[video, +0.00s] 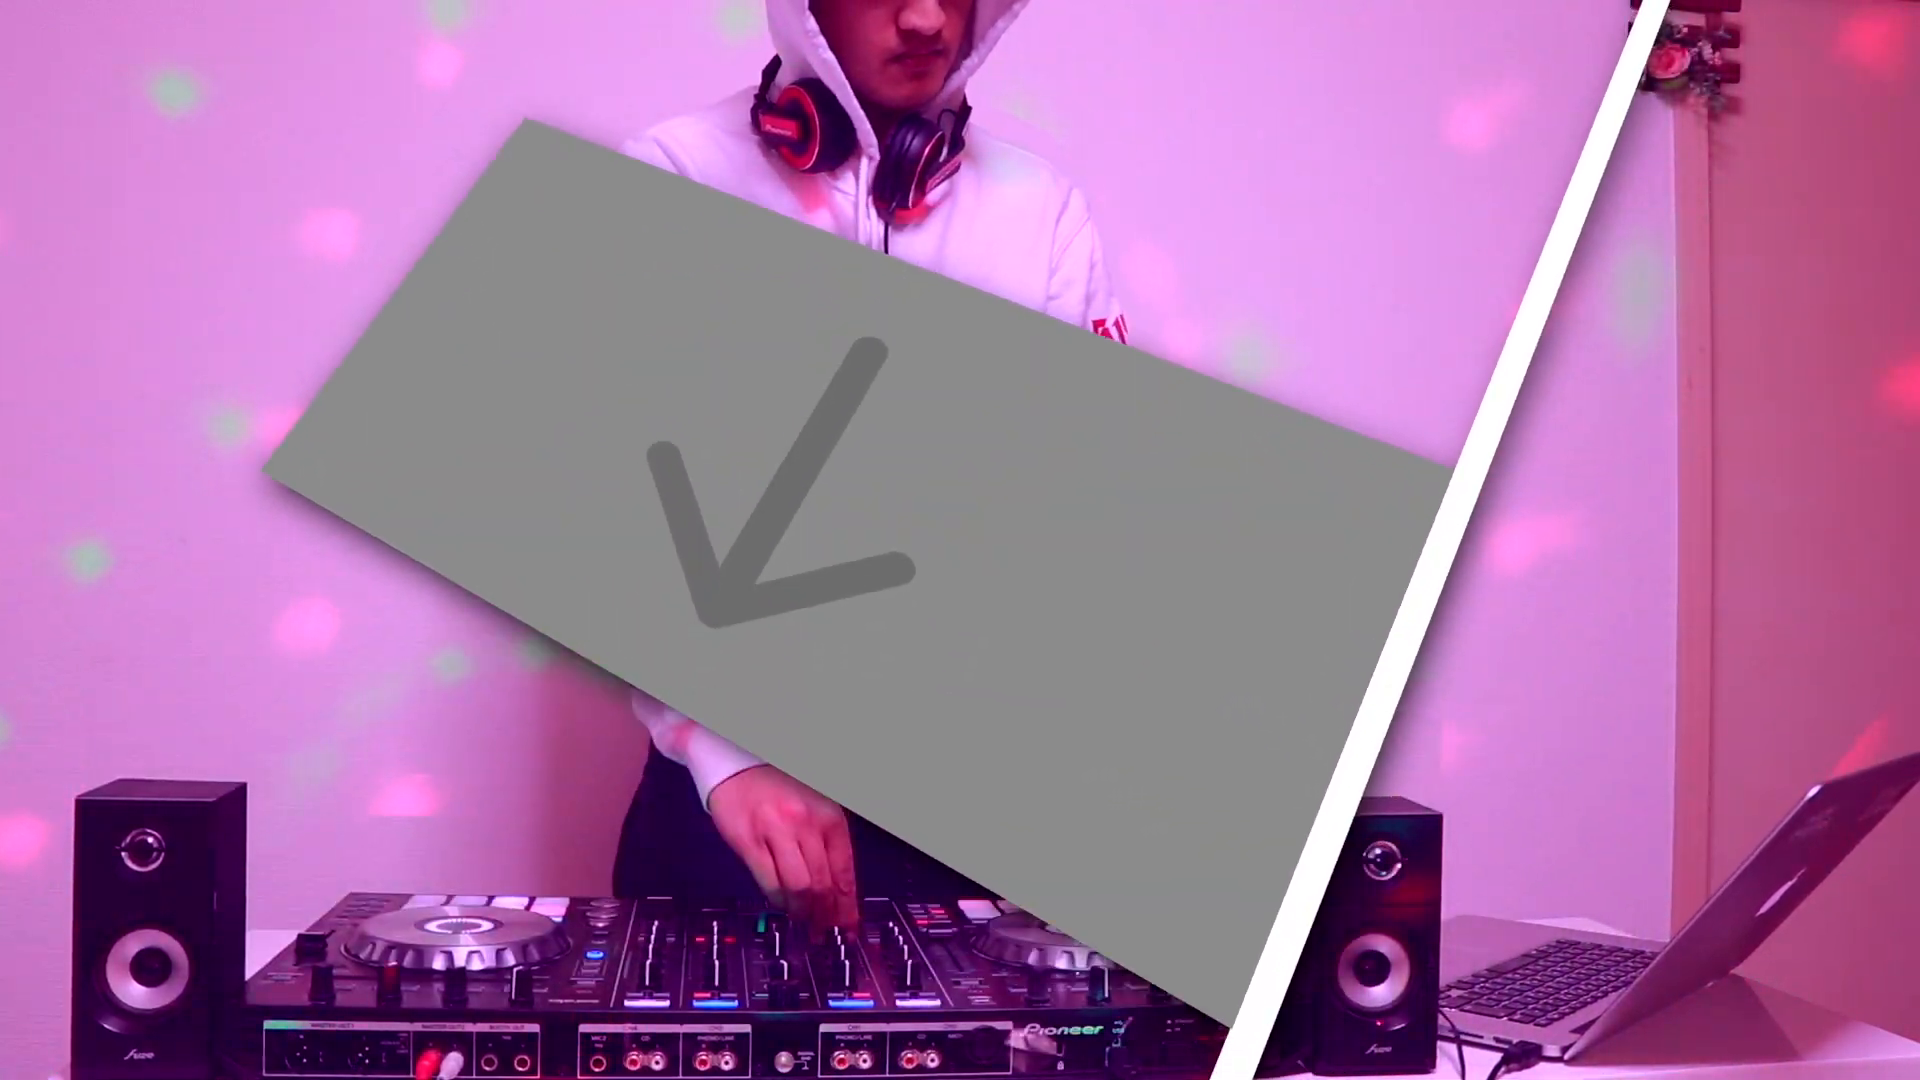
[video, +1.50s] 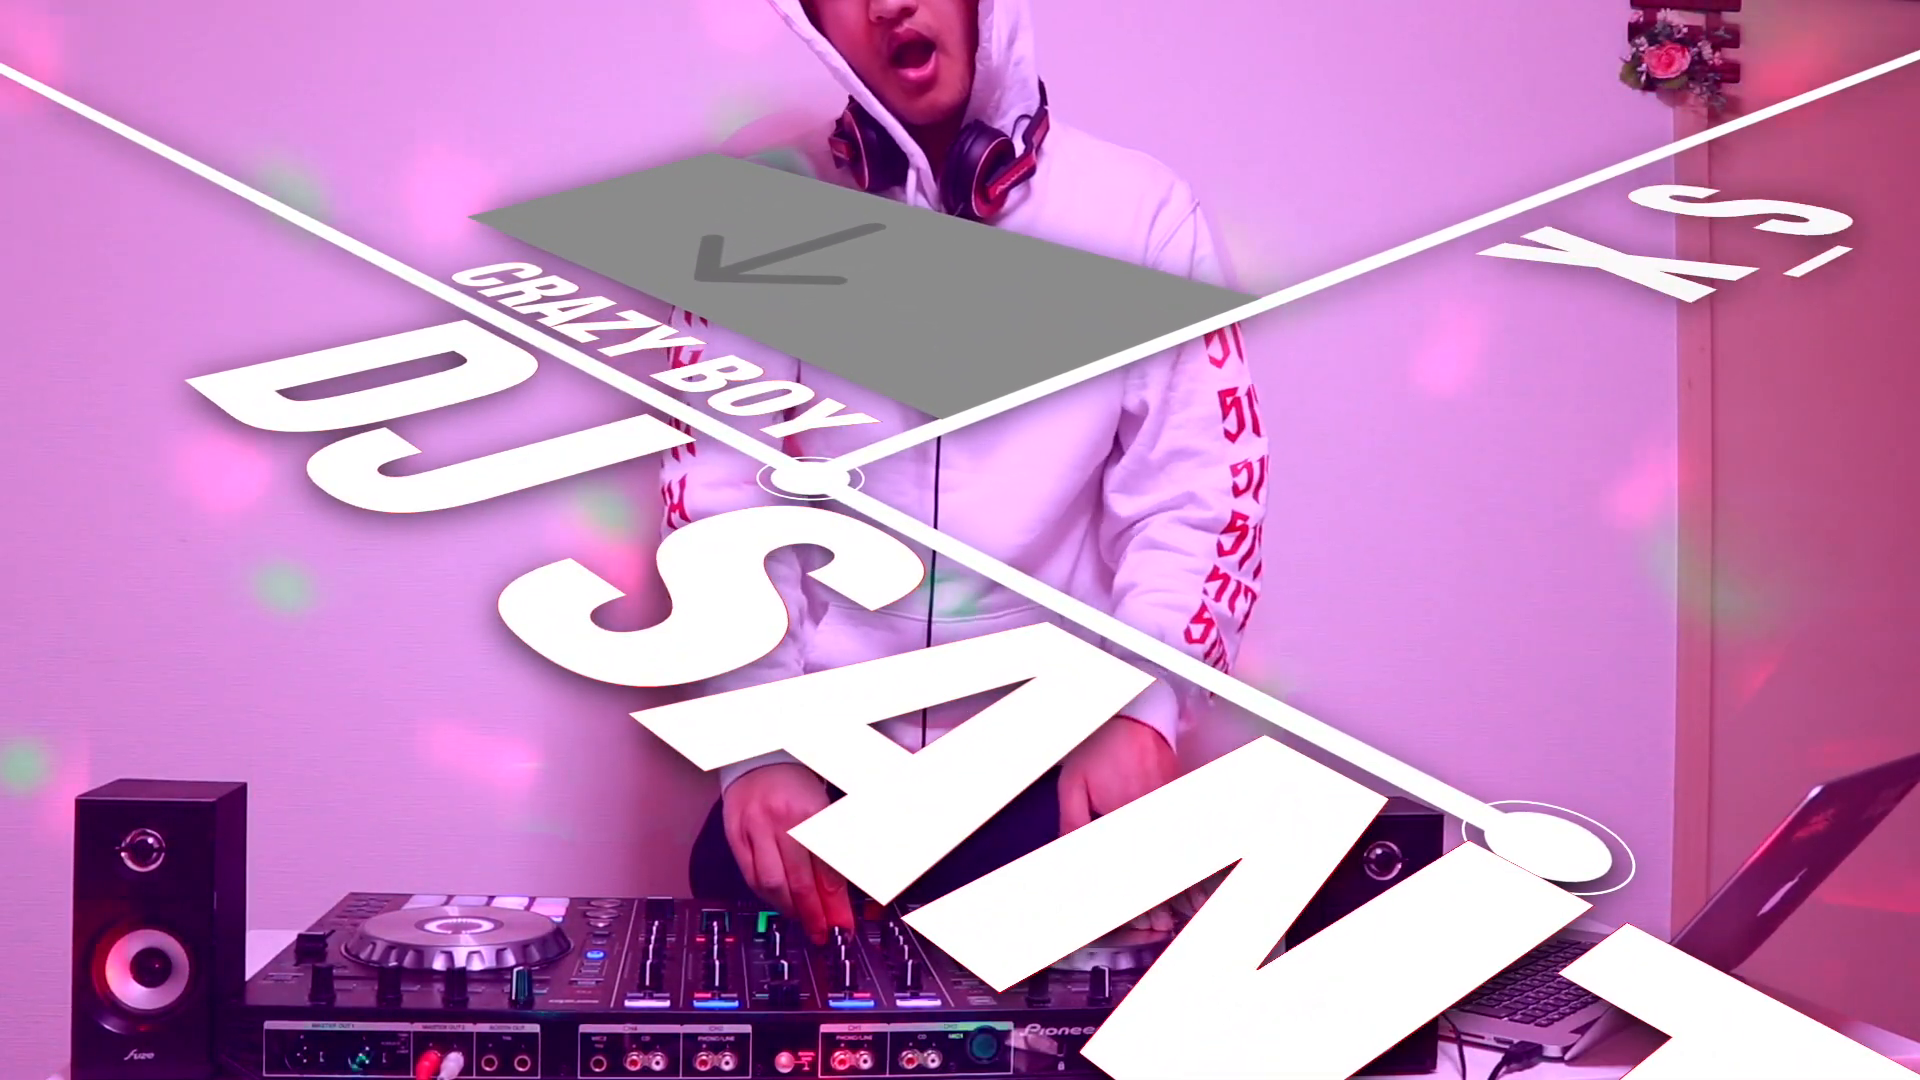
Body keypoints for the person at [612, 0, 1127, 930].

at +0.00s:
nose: (928, 18)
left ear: (984, 10)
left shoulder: (1045, 215)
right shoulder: (679, 172)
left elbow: (1102, 520)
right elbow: (605, 502)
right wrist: (722, 753)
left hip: (957, 801)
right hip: (712, 789)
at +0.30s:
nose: (921, 24)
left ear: (980, 7)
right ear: (805, 3)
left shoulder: (1047, 208)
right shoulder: (699, 188)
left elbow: (1101, 483)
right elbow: (651, 502)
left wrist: (1079, 715)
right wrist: (733, 753)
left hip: (994, 796)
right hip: (754, 794)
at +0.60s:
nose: (912, 14)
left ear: (985, 3)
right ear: (804, 9)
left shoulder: (1059, 206)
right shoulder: (695, 192)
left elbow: (1117, 485)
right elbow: (664, 496)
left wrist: (1098, 715)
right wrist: (736, 750)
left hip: (1006, 798)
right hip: (767, 792)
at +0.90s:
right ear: (798, 6)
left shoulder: (1082, 200)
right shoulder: (721, 214)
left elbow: (1138, 486)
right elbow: (688, 503)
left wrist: (1104, 713)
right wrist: (737, 748)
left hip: (1020, 801)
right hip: (774, 802)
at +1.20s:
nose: (886, 5)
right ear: (804, 14)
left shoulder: (1110, 202)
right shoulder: (742, 215)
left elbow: (1168, 487)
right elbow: (710, 502)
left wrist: (1109, 704)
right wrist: (753, 743)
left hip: (1036, 794)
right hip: (793, 797)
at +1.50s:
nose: (893, 9)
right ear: (813, 21)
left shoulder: (1137, 210)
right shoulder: (764, 227)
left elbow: (1197, 497)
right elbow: (719, 505)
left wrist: (1143, 712)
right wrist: (759, 742)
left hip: (1058, 766)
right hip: (811, 772)